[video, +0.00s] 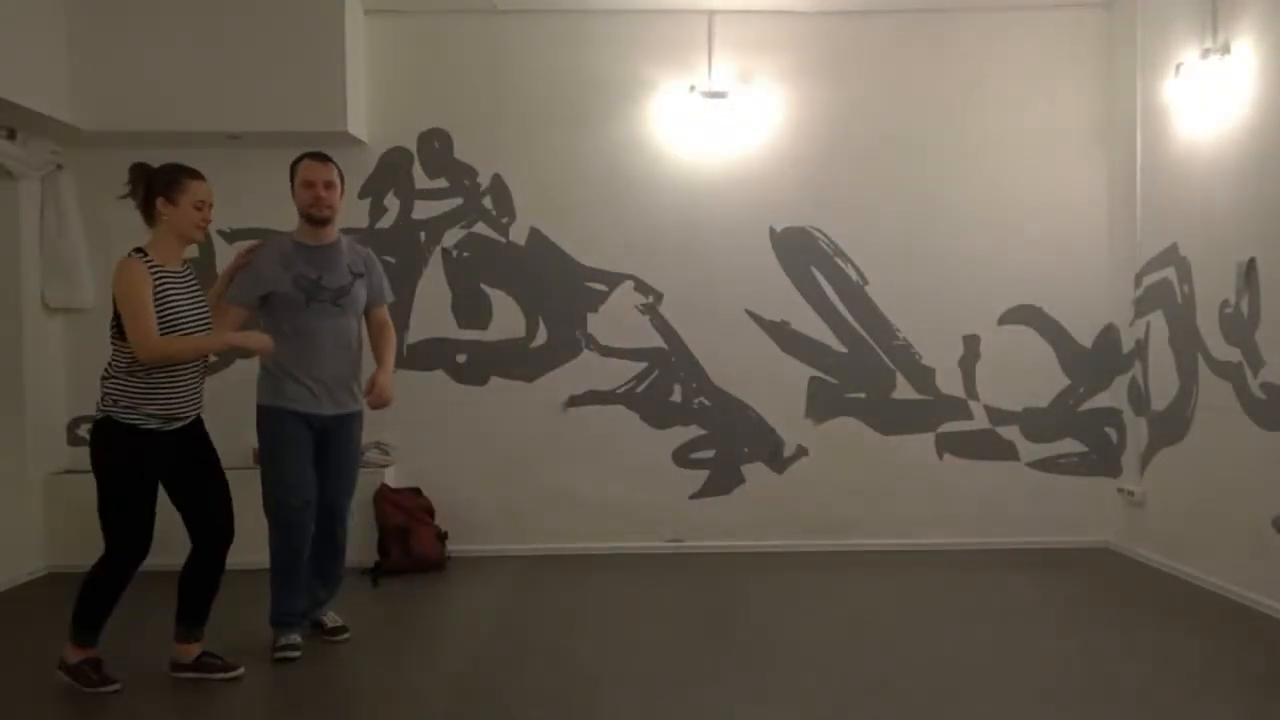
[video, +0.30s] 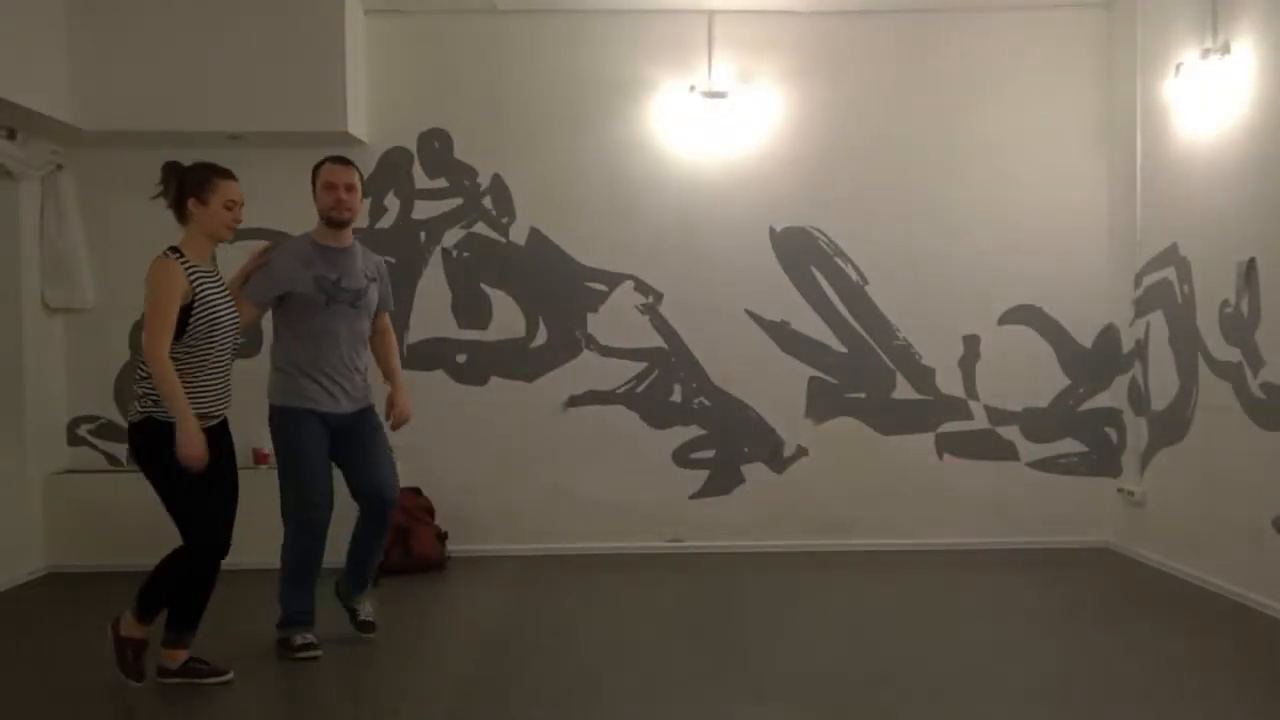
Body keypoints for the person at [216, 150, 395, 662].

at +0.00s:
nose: (319, 194)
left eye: (328, 185)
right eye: (309, 186)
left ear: (342, 194)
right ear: (293, 196)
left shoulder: (361, 259)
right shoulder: (267, 258)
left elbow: (381, 321)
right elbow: (225, 324)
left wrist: (385, 369)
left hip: (344, 406)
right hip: (285, 405)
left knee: (333, 511)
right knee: (292, 512)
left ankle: (318, 606)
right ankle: (287, 623)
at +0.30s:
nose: (340, 196)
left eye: (348, 189)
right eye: (330, 188)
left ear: (361, 199)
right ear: (314, 197)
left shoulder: (372, 266)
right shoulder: (285, 258)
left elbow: (381, 330)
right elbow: (235, 320)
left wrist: (396, 383)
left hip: (355, 407)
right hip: (297, 406)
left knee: (382, 495)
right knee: (310, 511)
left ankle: (354, 587)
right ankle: (295, 624)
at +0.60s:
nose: (384, 195)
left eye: (393, 188)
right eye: (375, 187)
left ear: (405, 198)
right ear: (359, 193)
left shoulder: (408, 266)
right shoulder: (330, 252)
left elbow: (405, 338)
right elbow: (273, 310)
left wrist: (431, 385)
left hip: (399, 406)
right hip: (344, 407)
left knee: (417, 509)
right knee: (341, 517)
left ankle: (418, 618)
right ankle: (303, 623)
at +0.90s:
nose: (411, 194)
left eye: (420, 187)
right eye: (401, 186)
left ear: (430, 196)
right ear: (383, 193)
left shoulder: (430, 262)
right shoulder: (359, 251)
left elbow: (439, 331)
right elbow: (306, 304)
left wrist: (480, 356)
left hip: (424, 395)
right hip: (371, 394)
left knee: (434, 503)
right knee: (401, 497)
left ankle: (418, 617)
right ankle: (367, 611)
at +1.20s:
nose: (417, 191)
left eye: (425, 184)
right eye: (407, 183)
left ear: (436, 196)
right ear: (390, 191)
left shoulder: (436, 261)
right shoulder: (368, 248)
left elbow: (446, 332)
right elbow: (320, 302)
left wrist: (489, 338)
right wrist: (327, 260)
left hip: (434, 404)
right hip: (381, 405)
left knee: (438, 512)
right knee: (404, 514)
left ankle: (424, 619)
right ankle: (421, 630)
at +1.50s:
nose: (407, 190)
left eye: (415, 183)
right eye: (398, 182)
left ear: (427, 194)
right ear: (382, 192)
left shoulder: (432, 263)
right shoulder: (359, 249)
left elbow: (445, 333)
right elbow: (309, 300)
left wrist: (484, 337)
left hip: (425, 401)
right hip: (372, 401)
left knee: (434, 510)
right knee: (400, 512)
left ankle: (422, 617)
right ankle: (400, 632)